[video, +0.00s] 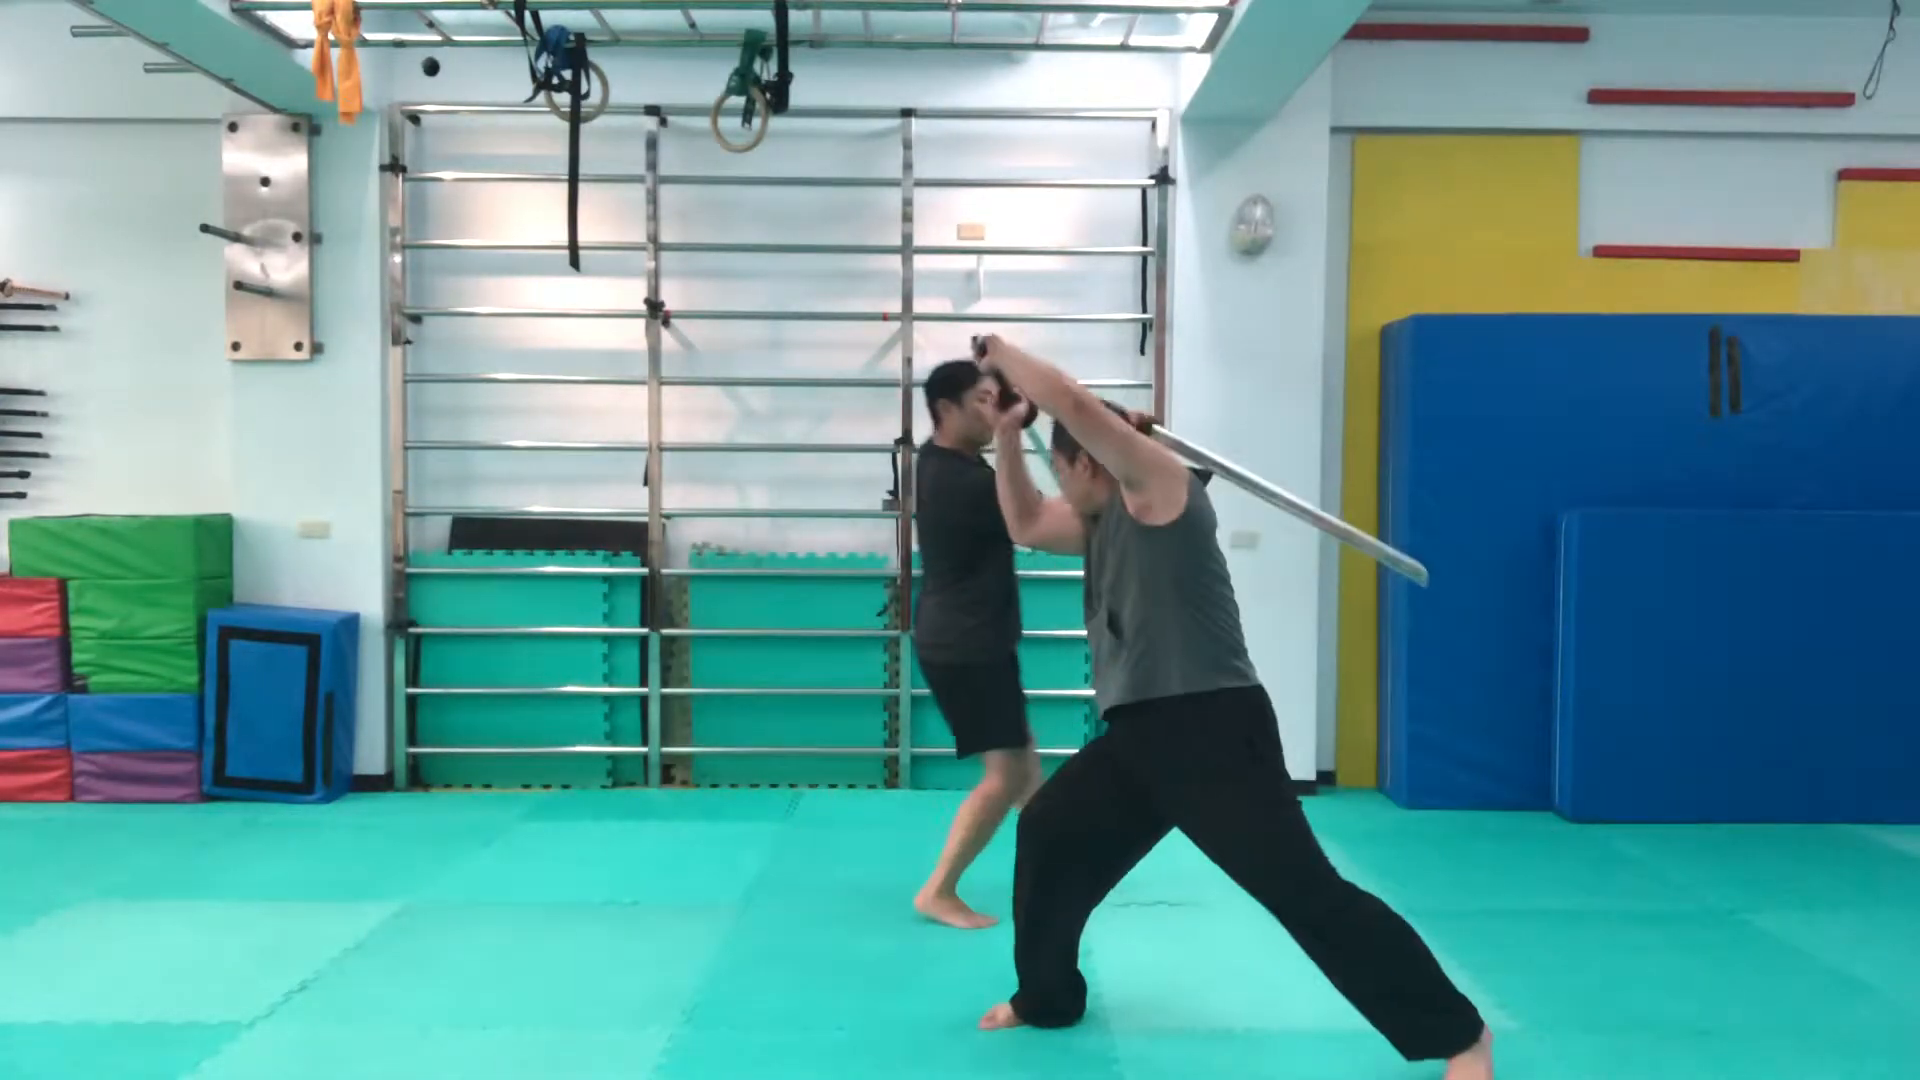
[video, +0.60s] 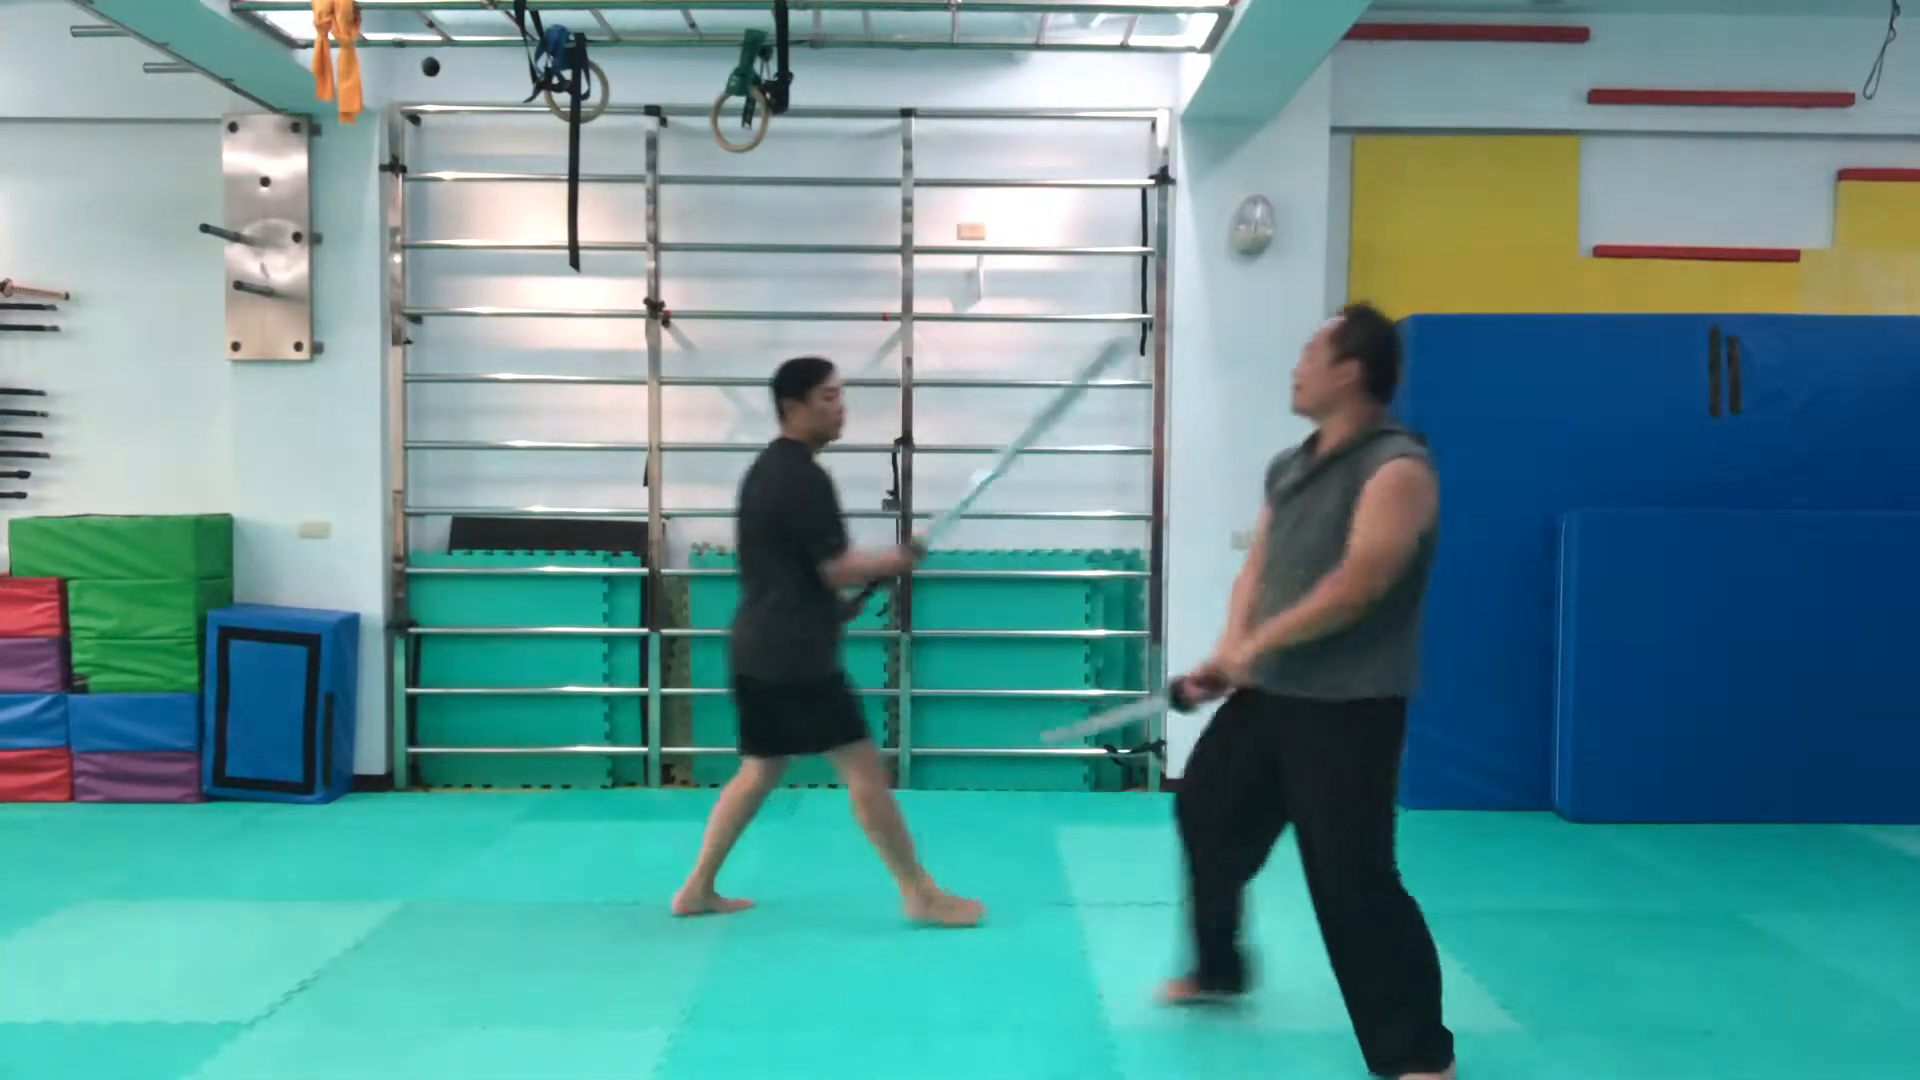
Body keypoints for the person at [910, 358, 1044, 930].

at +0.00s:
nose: (995, 413)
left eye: (996, 402)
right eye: (984, 403)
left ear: (948, 413)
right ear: (948, 411)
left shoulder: (936, 464)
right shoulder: (968, 480)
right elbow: (1041, 523)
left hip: (965, 640)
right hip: (970, 646)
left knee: (1027, 772)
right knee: (1008, 774)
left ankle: (1055, 885)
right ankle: (938, 891)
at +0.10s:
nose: (978, 406)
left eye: (978, 393)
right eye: (966, 394)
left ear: (927, 405)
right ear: (928, 403)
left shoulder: (911, 458)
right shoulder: (957, 476)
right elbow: (1028, 518)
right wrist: (1073, 472)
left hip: (925, 637)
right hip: (953, 643)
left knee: (992, 753)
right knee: (991, 763)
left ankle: (1004, 863)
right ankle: (936, 893)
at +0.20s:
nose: (958, 400)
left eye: (955, 388)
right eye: (945, 390)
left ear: (908, 401)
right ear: (910, 399)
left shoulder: (887, 454)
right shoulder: (931, 472)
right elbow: (1007, 504)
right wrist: (1055, 465)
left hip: (899, 636)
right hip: (935, 640)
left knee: (952, 749)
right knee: (976, 762)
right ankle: (935, 895)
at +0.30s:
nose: (928, 400)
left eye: (926, 388)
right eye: (916, 390)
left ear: (879, 401)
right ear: (882, 399)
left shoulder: (858, 455)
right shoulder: (904, 467)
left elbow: (906, 480)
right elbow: (993, 505)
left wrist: (939, 439)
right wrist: (1037, 456)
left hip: (874, 636)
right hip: (914, 640)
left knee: (912, 744)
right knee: (957, 760)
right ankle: (934, 898)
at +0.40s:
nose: (899, 400)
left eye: (897, 390)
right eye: (887, 391)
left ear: (853, 404)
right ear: (854, 400)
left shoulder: (828, 467)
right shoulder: (876, 474)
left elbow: (869, 518)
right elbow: (961, 523)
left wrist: (920, 490)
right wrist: (997, 485)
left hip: (846, 640)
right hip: (889, 644)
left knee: (856, 748)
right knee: (937, 760)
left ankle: (748, 841)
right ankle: (933, 898)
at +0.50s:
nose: (869, 405)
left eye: (867, 394)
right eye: (857, 396)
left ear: (822, 408)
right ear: (824, 405)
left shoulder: (792, 474)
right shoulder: (841, 478)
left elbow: (811, 563)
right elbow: (893, 559)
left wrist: (892, 545)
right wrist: (951, 529)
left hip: (806, 651)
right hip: (851, 654)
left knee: (786, 765)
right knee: (908, 762)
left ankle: (703, 877)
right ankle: (932, 898)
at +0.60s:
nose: (841, 407)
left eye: (839, 395)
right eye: (830, 398)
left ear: (796, 408)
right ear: (794, 408)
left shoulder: (765, 471)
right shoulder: (803, 476)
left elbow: (777, 573)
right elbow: (836, 566)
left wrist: (845, 589)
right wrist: (896, 559)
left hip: (758, 655)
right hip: (800, 658)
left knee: (760, 769)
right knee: (864, 770)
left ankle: (697, 889)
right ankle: (921, 895)